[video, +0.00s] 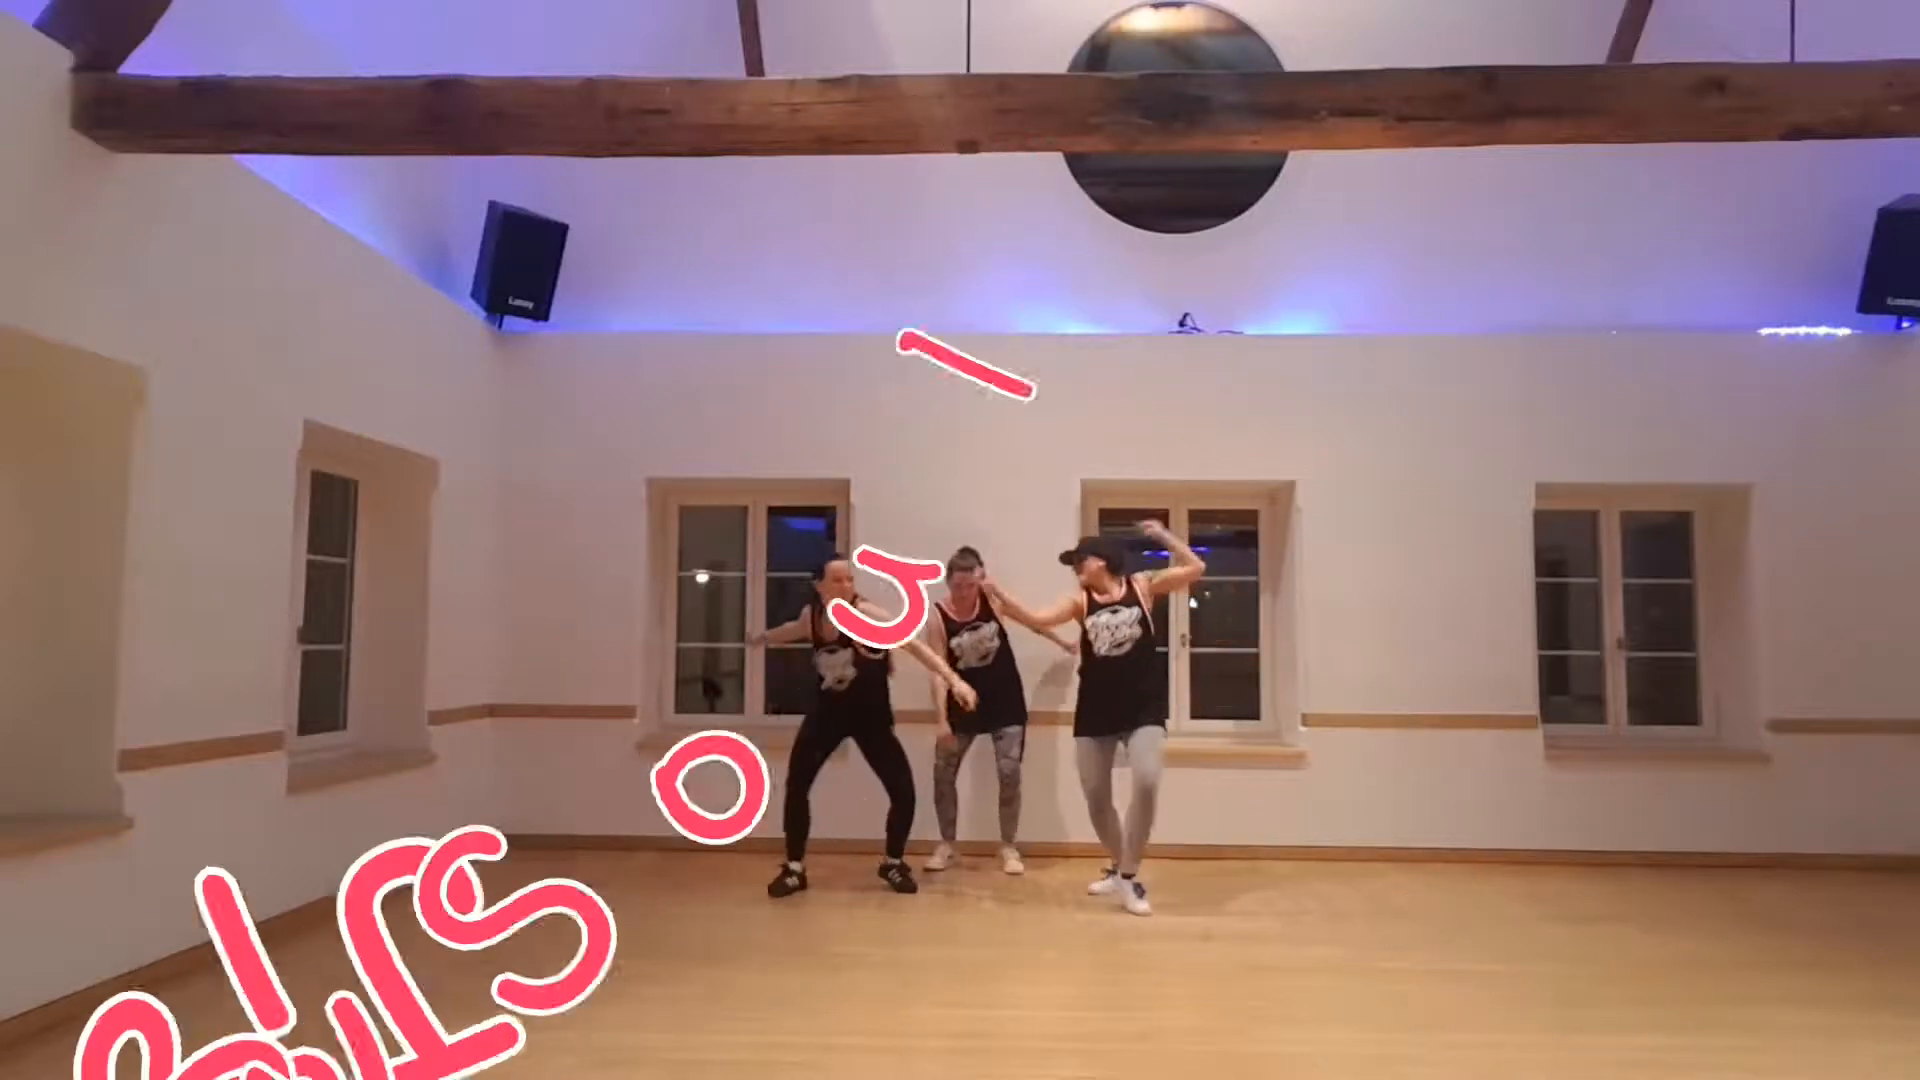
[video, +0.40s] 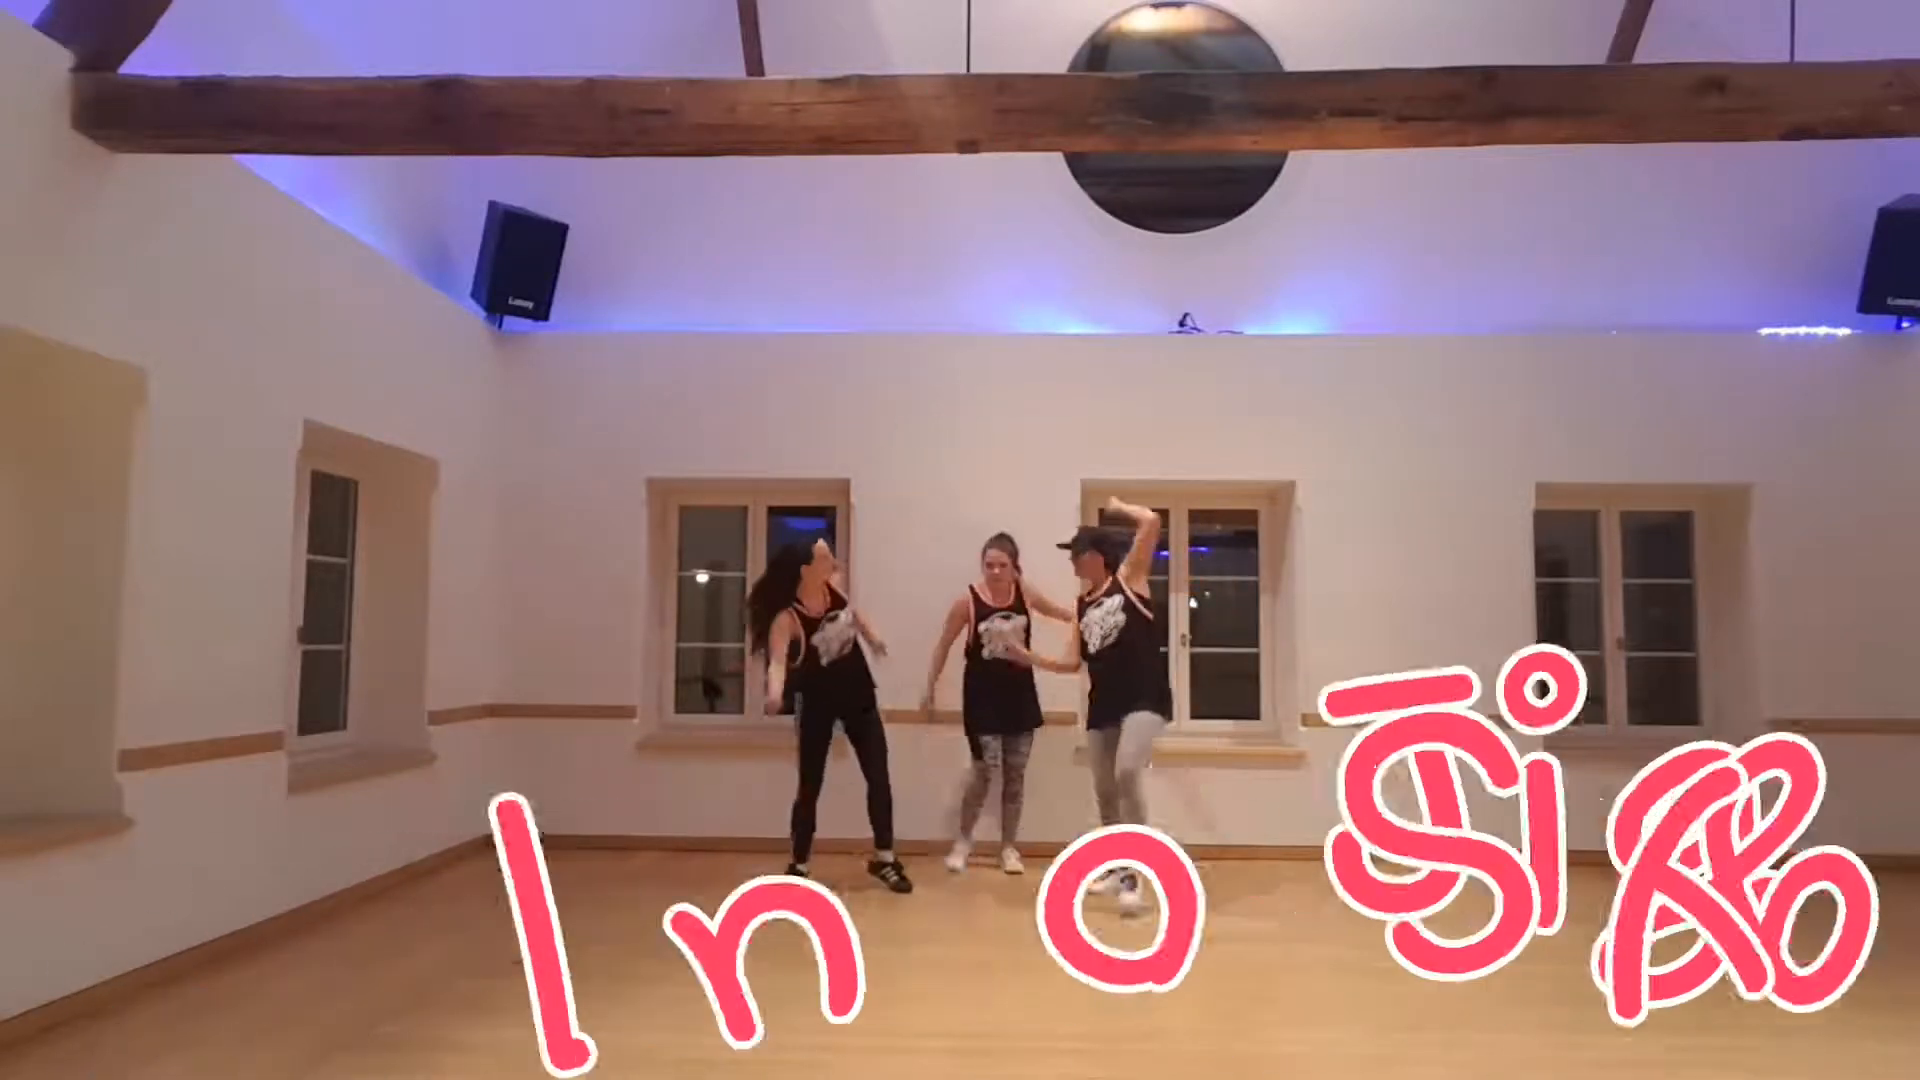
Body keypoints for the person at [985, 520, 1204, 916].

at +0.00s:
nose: (1076, 567)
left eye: (1081, 561)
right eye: (1076, 562)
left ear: (1103, 561)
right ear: (1090, 566)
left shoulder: (1143, 585)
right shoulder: (1081, 601)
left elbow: (1195, 568)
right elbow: (1037, 621)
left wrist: (1162, 535)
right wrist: (999, 596)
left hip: (1143, 708)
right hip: (1096, 713)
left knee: (1148, 782)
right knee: (1096, 797)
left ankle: (1129, 877)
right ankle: (1120, 868)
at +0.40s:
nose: (1073, 564)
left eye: (1077, 557)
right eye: (1072, 558)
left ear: (1098, 558)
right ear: (1087, 560)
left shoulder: (1130, 577)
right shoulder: (1083, 608)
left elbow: (1151, 522)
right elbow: (1071, 664)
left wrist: (1119, 506)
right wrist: (1026, 655)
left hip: (1144, 697)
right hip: (1105, 704)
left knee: (1127, 772)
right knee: (1105, 788)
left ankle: (1139, 868)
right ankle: (1118, 869)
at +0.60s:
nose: (1087, 574)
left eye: (1092, 566)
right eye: (1086, 567)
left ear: (1113, 566)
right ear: (1094, 571)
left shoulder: (1135, 600)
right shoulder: (1100, 613)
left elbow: (1116, 544)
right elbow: (1097, 668)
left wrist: (1098, 508)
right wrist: (1089, 714)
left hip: (1136, 714)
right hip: (1102, 716)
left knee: (1130, 795)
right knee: (1091, 797)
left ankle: (1166, 862)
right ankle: (1122, 865)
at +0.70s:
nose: (1090, 581)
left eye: (1095, 574)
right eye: (1090, 573)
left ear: (1115, 575)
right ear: (1100, 578)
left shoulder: (1140, 605)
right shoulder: (1116, 612)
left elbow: (1107, 566)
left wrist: (1092, 528)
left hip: (1138, 728)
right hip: (1116, 728)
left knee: (1117, 807)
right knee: (1088, 805)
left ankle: (1160, 884)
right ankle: (1117, 871)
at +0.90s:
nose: (1096, 564)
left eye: (1101, 556)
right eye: (1097, 557)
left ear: (1116, 556)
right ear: (1122, 556)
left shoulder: (1139, 577)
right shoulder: (1129, 584)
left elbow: (1078, 576)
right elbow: (1085, 580)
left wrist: (1059, 537)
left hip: (1147, 703)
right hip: (1122, 703)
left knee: (1134, 792)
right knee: (1092, 783)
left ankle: (1164, 880)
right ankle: (1113, 858)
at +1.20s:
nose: (1105, 567)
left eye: (1108, 560)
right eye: (1105, 559)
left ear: (1123, 562)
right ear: (1144, 560)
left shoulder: (1117, 600)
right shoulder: (1175, 591)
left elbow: (1085, 625)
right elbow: (1206, 631)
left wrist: (1067, 586)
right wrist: (1239, 649)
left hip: (1125, 707)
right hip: (1164, 707)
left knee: (1123, 794)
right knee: (1108, 786)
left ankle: (1161, 884)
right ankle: (1096, 865)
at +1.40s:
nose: (1101, 575)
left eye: (1104, 568)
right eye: (1102, 568)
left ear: (1117, 570)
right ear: (1142, 568)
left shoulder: (1112, 610)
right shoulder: (1174, 597)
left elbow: (1092, 642)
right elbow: (1210, 639)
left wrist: (1078, 606)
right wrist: (1247, 642)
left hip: (1122, 718)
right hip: (1161, 715)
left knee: (1113, 802)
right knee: (1106, 794)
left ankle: (1160, 884)